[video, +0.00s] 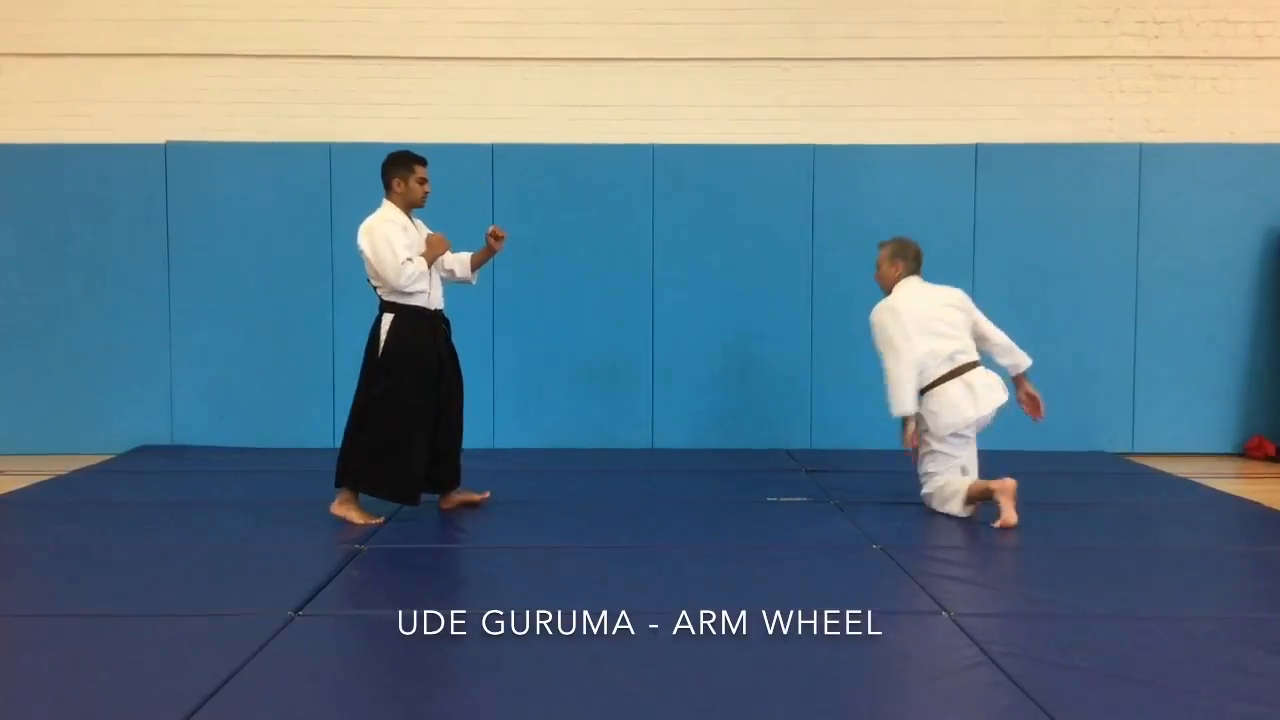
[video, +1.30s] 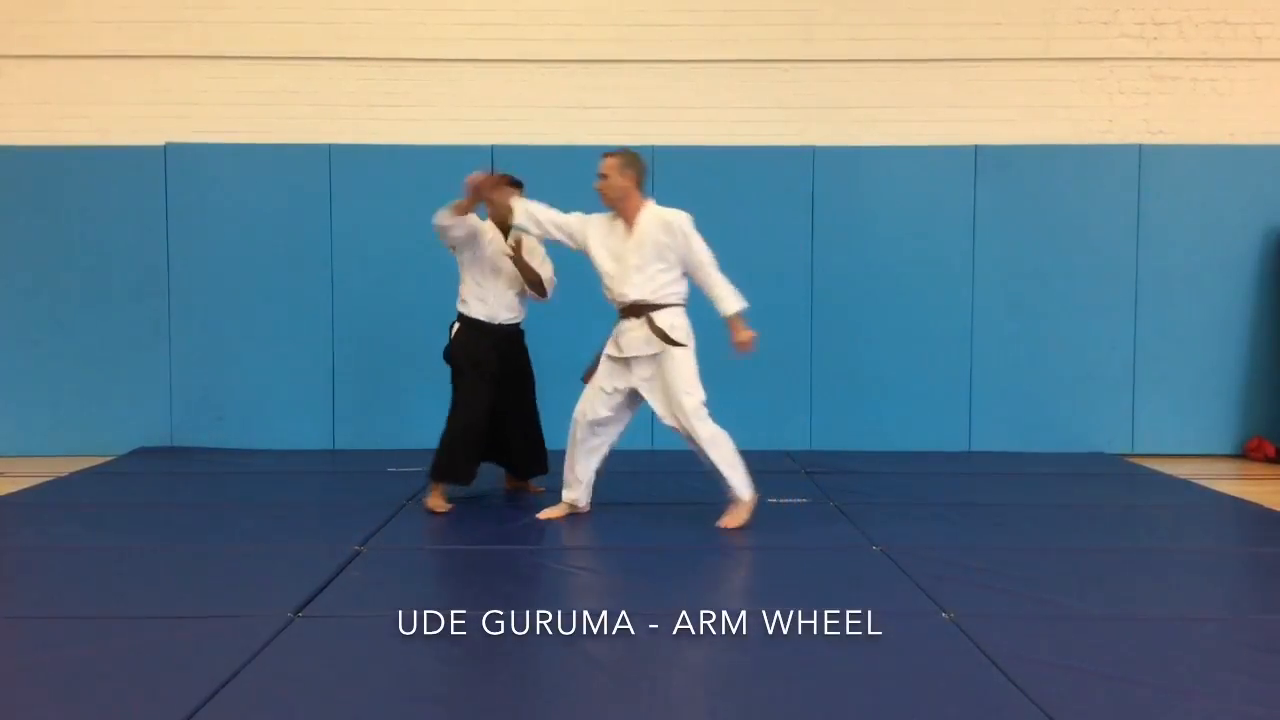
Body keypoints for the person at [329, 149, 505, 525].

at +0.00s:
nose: (428, 188)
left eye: (427, 181)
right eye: (421, 181)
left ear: (406, 185)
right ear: (397, 184)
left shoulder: (416, 228)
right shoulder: (376, 226)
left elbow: (450, 267)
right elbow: (401, 277)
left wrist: (487, 252)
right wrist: (430, 254)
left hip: (432, 327)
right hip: (399, 327)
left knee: (445, 407)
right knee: (377, 411)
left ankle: (449, 491)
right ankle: (346, 497)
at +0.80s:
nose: (453, 201)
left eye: (452, 194)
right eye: (447, 194)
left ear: (427, 199)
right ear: (424, 198)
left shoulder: (434, 240)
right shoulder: (406, 240)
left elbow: (455, 289)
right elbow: (433, 302)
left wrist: (481, 267)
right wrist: (473, 295)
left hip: (437, 338)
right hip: (408, 341)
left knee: (474, 401)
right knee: (390, 422)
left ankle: (484, 472)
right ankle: (350, 497)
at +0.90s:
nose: (466, 208)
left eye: (464, 201)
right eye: (459, 202)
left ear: (438, 208)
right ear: (437, 207)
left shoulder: (436, 243)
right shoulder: (426, 247)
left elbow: (462, 293)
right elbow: (462, 305)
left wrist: (492, 274)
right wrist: (497, 284)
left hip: (447, 344)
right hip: (425, 346)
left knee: (485, 404)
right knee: (403, 425)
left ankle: (508, 461)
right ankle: (354, 495)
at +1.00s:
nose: (481, 211)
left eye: (479, 205)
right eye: (474, 206)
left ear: (457, 213)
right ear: (452, 212)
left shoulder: (458, 246)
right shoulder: (449, 249)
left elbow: (491, 290)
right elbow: (502, 293)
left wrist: (510, 270)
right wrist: (523, 268)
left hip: (471, 346)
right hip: (447, 347)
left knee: (501, 409)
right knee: (416, 422)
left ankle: (517, 472)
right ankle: (363, 491)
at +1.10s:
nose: (493, 213)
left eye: (493, 206)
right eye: (486, 207)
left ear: (485, 211)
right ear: (465, 214)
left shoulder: (485, 248)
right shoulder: (463, 246)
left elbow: (512, 298)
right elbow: (527, 259)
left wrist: (526, 258)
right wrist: (547, 229)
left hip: (493, 346)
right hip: (464, 346)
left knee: (509, 412)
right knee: (435, 420)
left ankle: (514, 478)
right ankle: (384, 492)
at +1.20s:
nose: (503, 211)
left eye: (507, 205)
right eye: (495, 204)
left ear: (510, 208)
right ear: (478, 207)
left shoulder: (515, 249)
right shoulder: (465, 235)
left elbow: (537, 303)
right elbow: (497, 228)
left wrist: (529, 278)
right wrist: (524, 199)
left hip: (504, 340)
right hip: (470, 338)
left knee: (514, 409)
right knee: (458, 414)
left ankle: (516, 477)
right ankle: (414, 492)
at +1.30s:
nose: (507, 204)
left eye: (513, 197)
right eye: (501, 197)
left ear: (521, 202)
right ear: (489, 201)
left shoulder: (530, 242)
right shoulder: (474, 231)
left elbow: (544, 291)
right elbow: (444, 225)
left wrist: (520, 261)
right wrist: (471, 201)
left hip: (510, 336)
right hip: (472, 333)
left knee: (518, 407)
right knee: (470, 409)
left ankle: (517, 478)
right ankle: (438, 487)